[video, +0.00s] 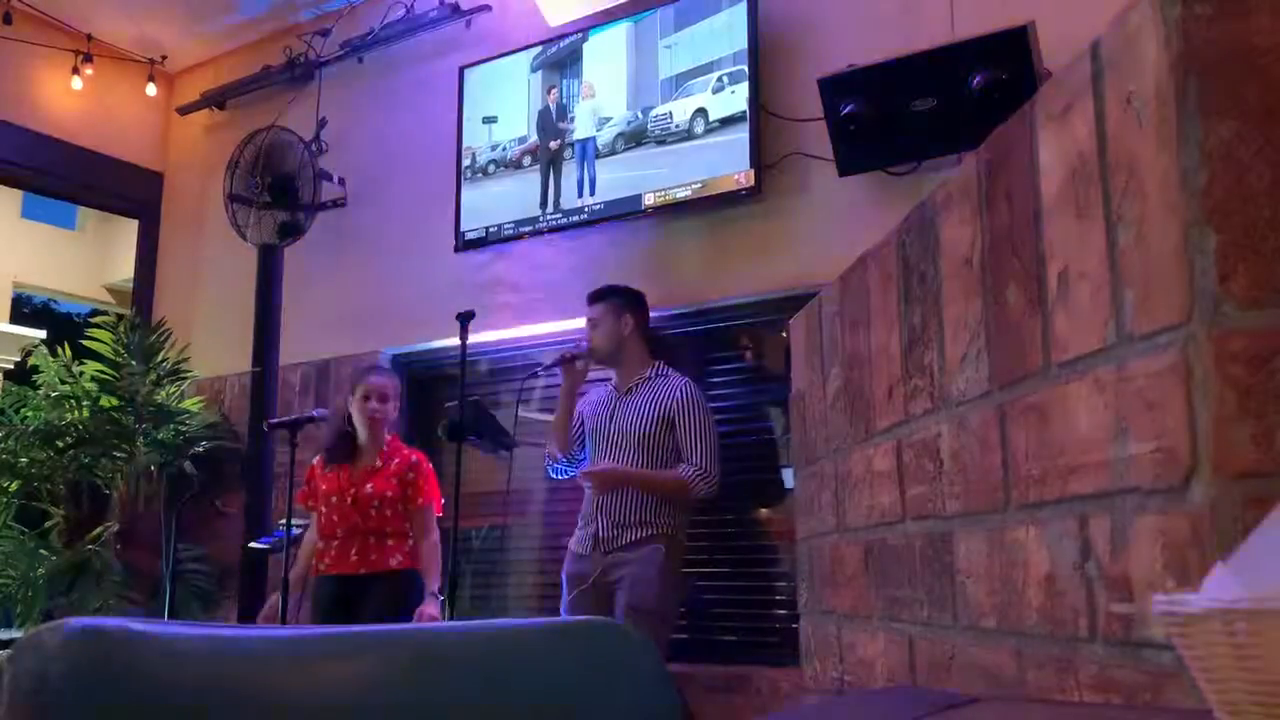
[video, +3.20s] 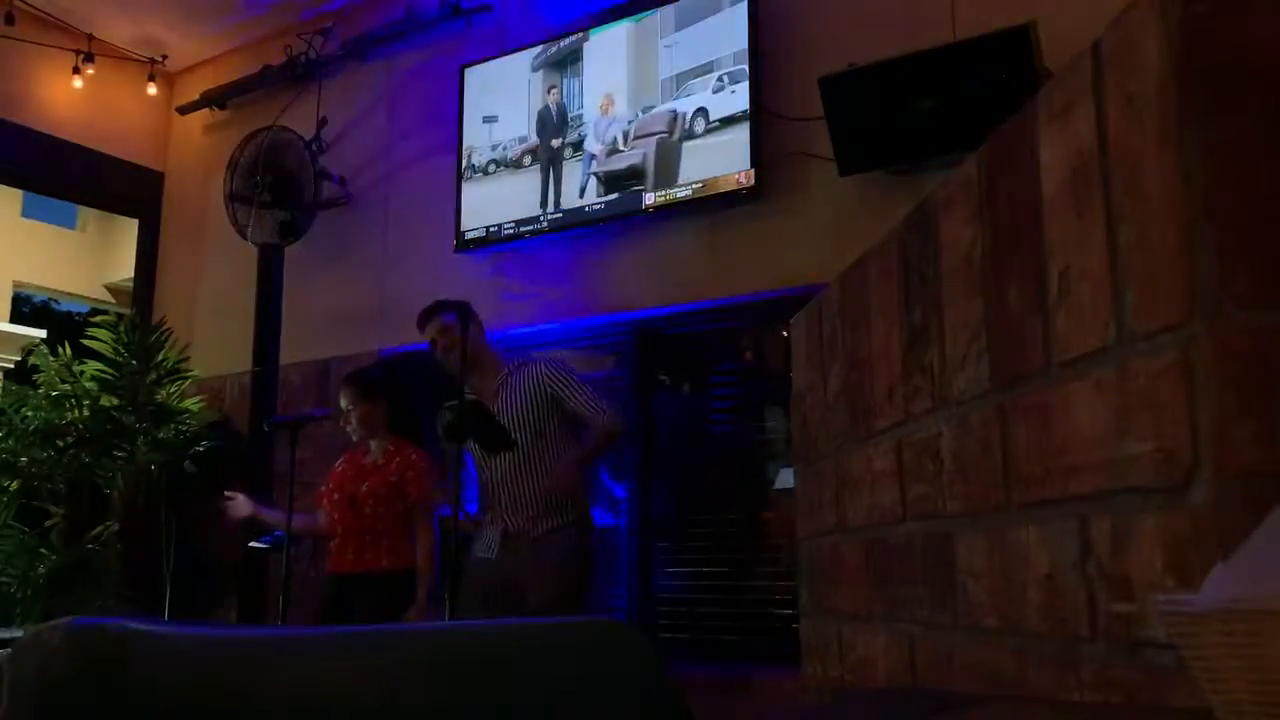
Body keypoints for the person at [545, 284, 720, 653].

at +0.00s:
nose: (587, 335)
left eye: (595, 323)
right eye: (587, 325)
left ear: (628, 324)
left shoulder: (679, 391)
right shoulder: (593, 401)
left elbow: (703, 479)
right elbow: (559, 466)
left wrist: (624, 478)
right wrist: (568, 388)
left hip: (645, 552)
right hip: (585, 552)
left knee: (637, 673)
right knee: (580, 668)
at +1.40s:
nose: (558, 332)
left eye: (567, 320)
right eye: (555, 323)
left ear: (601, 316)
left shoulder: (649, 376)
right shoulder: (565, 392)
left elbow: (710, 444)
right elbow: (530, 463)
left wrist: (636, 448)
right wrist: (541, 390)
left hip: (620, 543)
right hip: (558, 543)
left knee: (604, 659)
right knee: (544, 656)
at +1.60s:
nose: (563, 336)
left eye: (571, 323)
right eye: (559, 326)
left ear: (606, 318)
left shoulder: (652, 384)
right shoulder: (569, 394)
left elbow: (671, 478)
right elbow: (559, 475)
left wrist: (601, 465)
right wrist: (541, 448)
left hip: (616, 544)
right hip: (555, 539)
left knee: (602, 658)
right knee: (519, 639)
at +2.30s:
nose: (517, 339)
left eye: (518, 326)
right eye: (515, 327)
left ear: (543, 325)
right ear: (546, 323)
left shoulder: (612, 371)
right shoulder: (564, 384)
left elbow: (637, 465)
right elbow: (567, 468)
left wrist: (547, 478)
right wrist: (522, 483)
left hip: (592, 546)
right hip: (544, 543)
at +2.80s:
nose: (464, 343)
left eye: (465, 331)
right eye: (461, 333)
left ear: (491, 326)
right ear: (493, 327)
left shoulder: (552, 375)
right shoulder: (506, 390)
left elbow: (578, 458)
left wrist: (494, 464)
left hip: (550, 545)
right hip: (509, 547)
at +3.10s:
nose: (442, 349)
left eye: (447, 334)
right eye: (436, 343)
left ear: (479, 326)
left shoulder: (540, 371)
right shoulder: (470, 403)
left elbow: (600, 427)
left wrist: (542, 478)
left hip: (553, 539)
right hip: (495, 544)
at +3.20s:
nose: (440, 348)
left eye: (446, 333)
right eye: (432, 343)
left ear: (474, 328)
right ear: (432, 350)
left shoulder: (541, 374)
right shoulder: (464, 408)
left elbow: (608, 421)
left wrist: (571, 467)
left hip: (555, 537)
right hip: (495, 544)